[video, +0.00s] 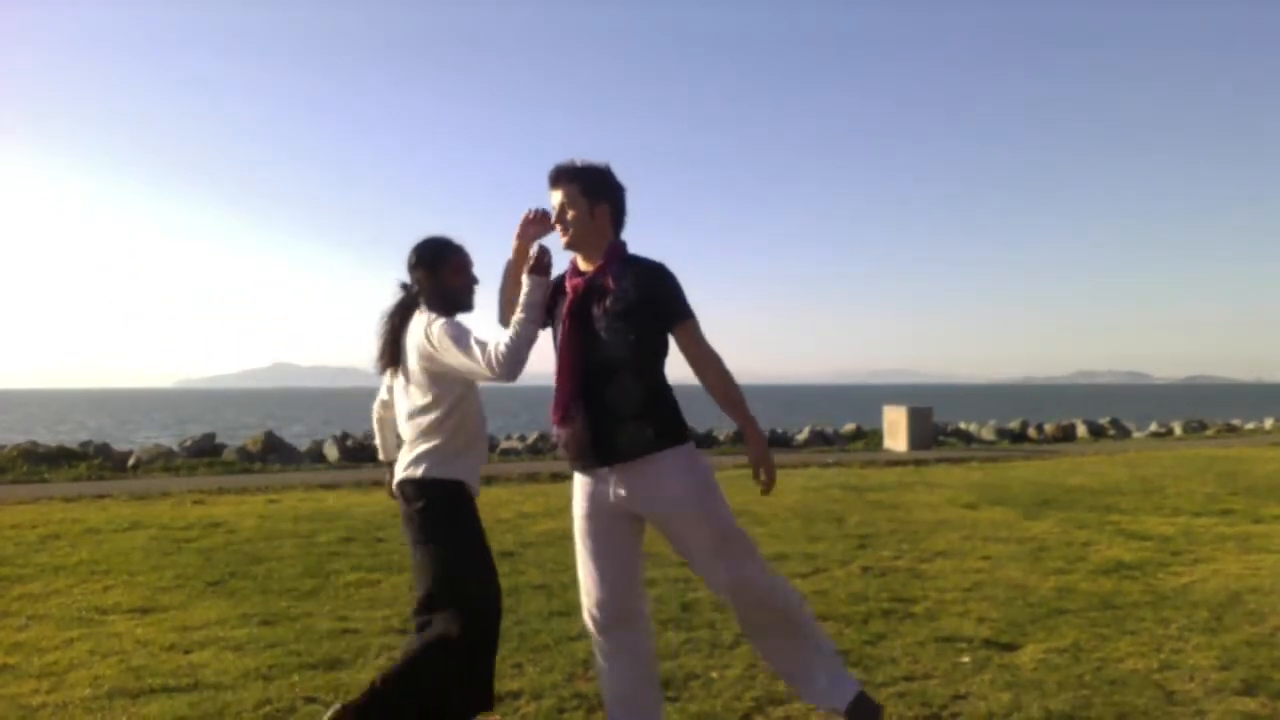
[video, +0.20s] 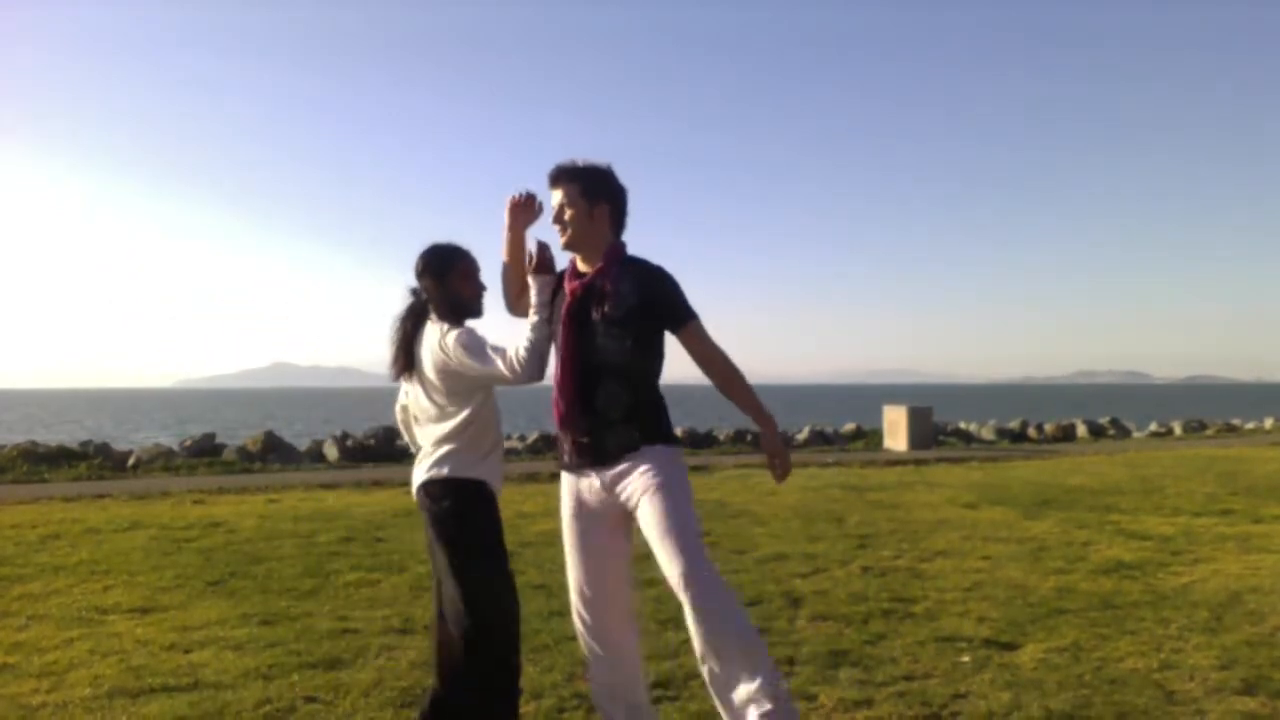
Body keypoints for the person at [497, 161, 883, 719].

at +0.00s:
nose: (556, 220)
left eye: (567, 210)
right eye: (554, 212)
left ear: (605, 212)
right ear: (557, 219)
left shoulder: (646, 277)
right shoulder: (558, 287)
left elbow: (700, 357)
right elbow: (510, 317)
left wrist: (750, 430)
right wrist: (520, 249)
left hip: (662, 462)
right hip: (593, 473)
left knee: (743, 581)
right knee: (607, 618)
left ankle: (844, 696)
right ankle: (632, 715)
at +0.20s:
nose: (556, 219)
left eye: (566, 209)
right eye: (554, 211)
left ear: (605, 213)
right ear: (560, 219)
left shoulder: (647, 280)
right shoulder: (558, 285)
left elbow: (708, 357)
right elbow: (516, 299)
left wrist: (766, 423)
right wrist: (514, 234)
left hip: (645, 462)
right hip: (580, 473)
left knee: (689, 577)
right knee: (595, 614)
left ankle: (762, 707)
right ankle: (624, 714)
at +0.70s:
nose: (566, 219)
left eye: (578, 210)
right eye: (565, 210)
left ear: (616, 220)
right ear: (573, 222)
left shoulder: (650, 291)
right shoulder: (564, 283)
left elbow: (724, 360)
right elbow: (511, 287)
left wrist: (787, 427)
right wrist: (492, 253)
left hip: (631, 457)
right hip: (579, 459)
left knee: (534, 552)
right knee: (596, 616)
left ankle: (420, 700)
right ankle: (626, 714)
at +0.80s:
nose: (568, 221)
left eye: (580, 212)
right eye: (569, 212)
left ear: (618, 221)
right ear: (587, 221)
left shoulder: (652, 296)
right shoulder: (564, 281)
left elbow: (732, 364)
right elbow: (504, 286)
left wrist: (780, 438)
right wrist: (474, 269)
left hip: (625, 462)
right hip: (575, 461)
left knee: (522, 558)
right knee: (594, 622)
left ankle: (430, 711)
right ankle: (624, 714)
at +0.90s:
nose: (573, 222)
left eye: (584, 213)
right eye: (573, 212)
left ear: (622, 222)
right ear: (592, 221)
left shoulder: (653, 299)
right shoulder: (567, 278)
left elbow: (742, 375)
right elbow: (502, 285)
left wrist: (755, 451)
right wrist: (467, 293)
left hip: (618, 464)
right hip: (572, 461)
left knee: (515, 566)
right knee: (590, 616)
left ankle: (466, 712)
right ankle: (625, 714)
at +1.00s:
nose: (576, 224)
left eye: (588, 215)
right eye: (577, 214)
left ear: (627, 225)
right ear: (588, 221)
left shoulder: (651, 302)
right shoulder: (571, 278)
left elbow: (734, 383)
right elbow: (492, 290)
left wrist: (709, 446)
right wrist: (458, 322)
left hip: (610, 467)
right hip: (569, 463)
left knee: (515, 581)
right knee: (587, 614)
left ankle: (504, 713)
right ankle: (624, 714)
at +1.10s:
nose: (579, 225)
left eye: (590, 216)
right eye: (578, 215)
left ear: (630, 226)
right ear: (582, 219)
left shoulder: (649, 304)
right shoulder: (566, 277)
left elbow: (718, 386)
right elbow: (483, 302)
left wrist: (657, 422)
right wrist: (457, 355)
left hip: (600, 471)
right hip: (560, 469)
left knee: (521, 598)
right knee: (591, 626)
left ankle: (535, 713)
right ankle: (624, 714)